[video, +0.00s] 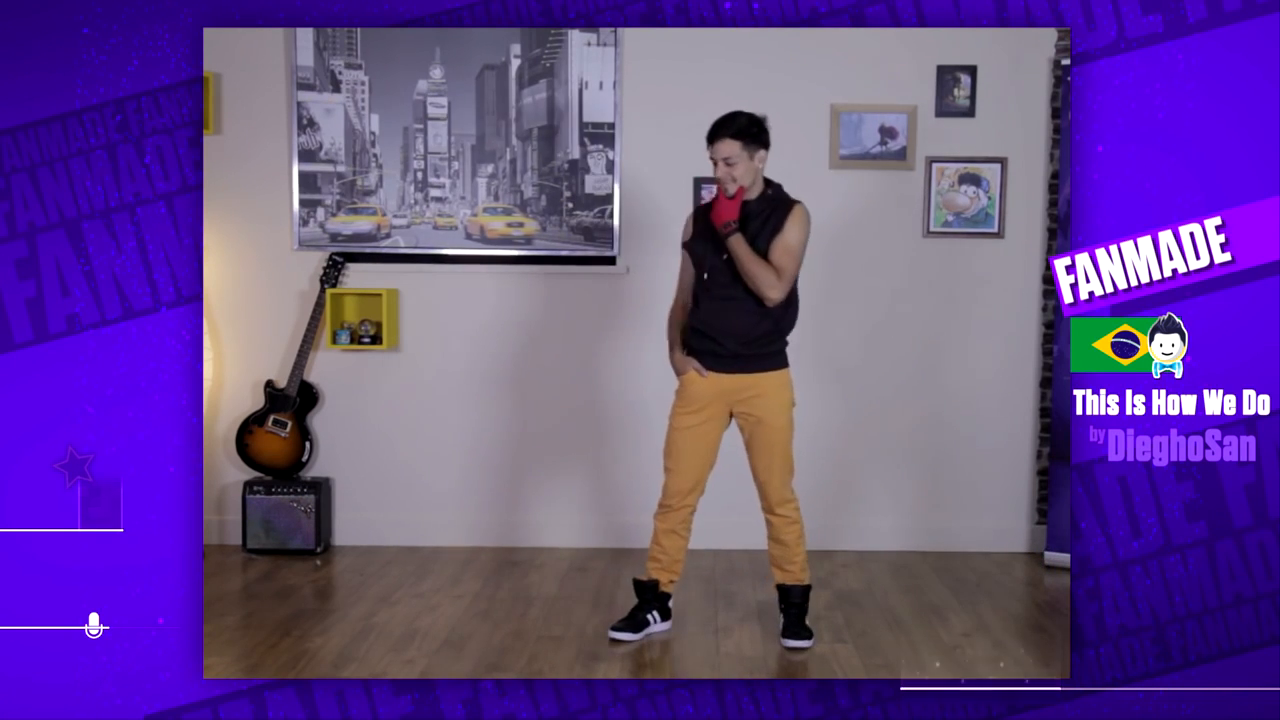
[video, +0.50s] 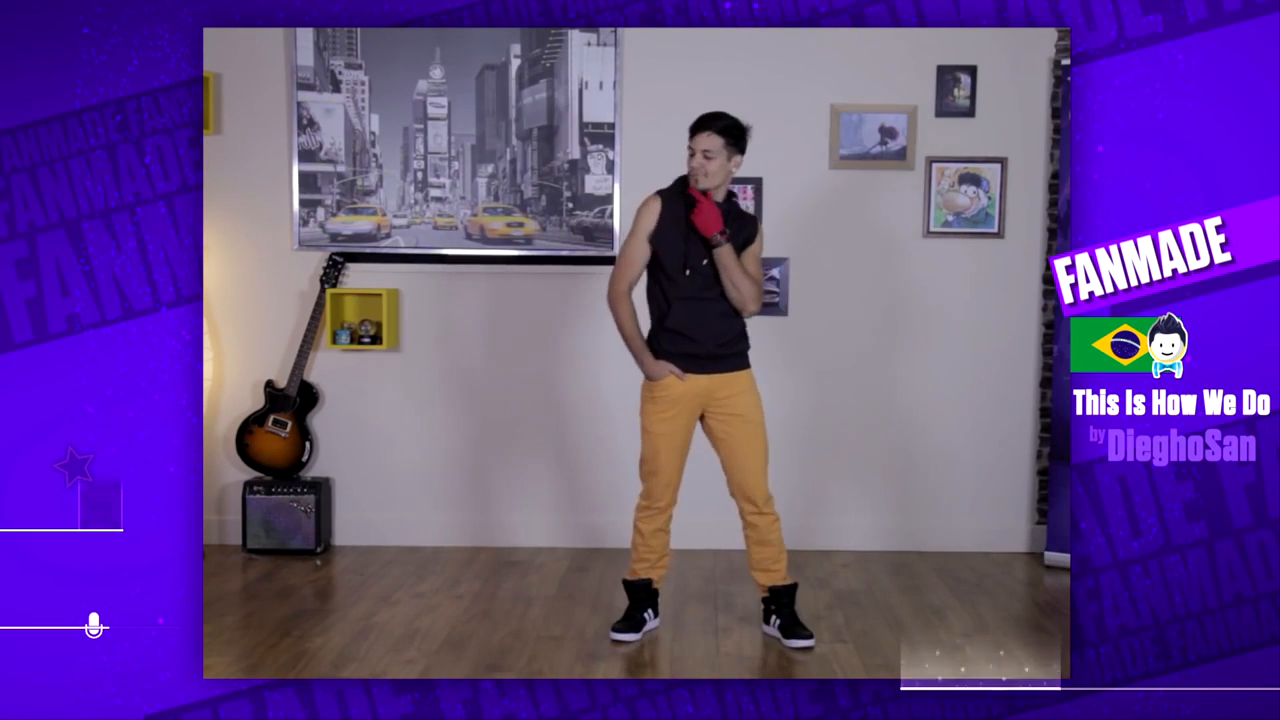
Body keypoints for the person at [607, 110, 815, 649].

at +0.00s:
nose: (720, 172)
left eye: (730, 161)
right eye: (714, 162)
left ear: (760, 158)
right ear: (710, 163)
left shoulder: (791, 216)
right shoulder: (701, 220)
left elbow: (774, 289)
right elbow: (684, 296)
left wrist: (731, 231)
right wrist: (676, 350)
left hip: (764, 381)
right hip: (701, 378)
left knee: (778, 498)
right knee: (676, 495)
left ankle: (794, 605)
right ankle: (654, 602)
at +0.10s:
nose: (725, 178)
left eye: (736, 168)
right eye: (720, 168)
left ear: (765, 165)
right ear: (714, 165)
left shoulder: (791, 221)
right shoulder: (695, 218)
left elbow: (779, 294)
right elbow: (669, 296)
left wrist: (735, 236)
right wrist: (675, 355)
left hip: (765, 381)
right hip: (702, 377)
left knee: (777, 497)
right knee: (674, 495)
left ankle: (794, 606)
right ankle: (654, 602)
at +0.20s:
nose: (727, 176)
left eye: (739, 167)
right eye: (722, 164)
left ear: (767, 169)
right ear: (715, 162)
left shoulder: (782, 223)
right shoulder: (690, 210)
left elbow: (779, 299)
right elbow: (650, 290)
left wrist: (736, 238)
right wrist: (670, 356)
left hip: (760, 379)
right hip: (696, 378)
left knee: (774, 494)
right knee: (668, 494)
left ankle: (792, 605)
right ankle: (650, 602)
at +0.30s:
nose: (719, 168)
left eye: (731, 160)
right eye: (715, 157)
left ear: (760, 164)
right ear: (710, 157)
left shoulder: (773, 225)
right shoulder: (684, 205)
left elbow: (775, 299)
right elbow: (641, 285)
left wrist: (733, 236)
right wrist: (663, 354)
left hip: (753, 378)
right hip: (690, 376)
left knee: (769, 491)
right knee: (663, 493)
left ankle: (789, 603)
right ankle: (644, 599)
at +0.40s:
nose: (706, 165)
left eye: (718, 157)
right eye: (702, 154)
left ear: (745, 164)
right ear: (697, 155)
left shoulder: (753, 226)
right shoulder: (670, 205)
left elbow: (758, 300)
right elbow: (628, 286)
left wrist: (725, 237)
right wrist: (655, 361)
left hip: (740, 380)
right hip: (679, 379)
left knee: (760, 496)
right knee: (661, 495)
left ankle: (778, 605)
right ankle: (642, 602)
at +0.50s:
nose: (698, 163)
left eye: (710, 155)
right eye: (693, 153)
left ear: (735, 162)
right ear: (687, 156)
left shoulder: (744, 225)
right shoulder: (660, 208)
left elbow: (749, 303)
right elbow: (618, 290)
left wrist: (718, 239)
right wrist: (646, 361)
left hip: (732, 379)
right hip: (670, 379)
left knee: (755, 495)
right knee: (656, 495)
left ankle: (778, 604)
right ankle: (642, 601)